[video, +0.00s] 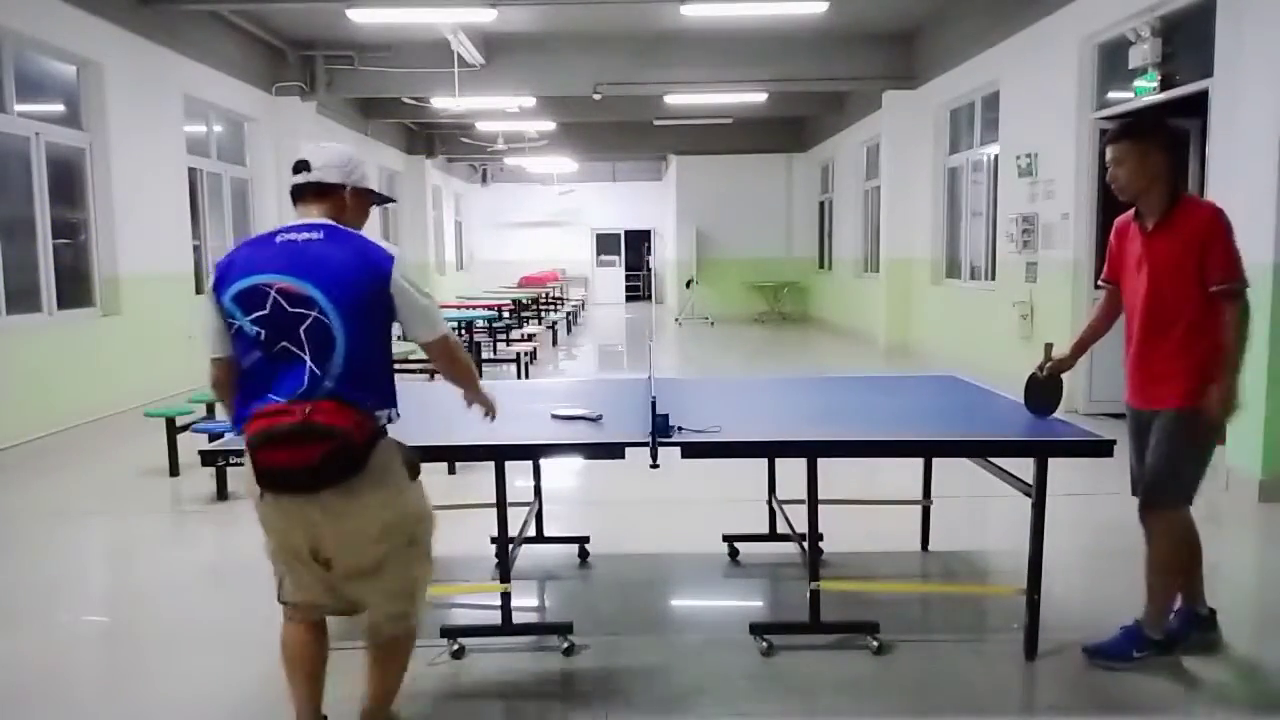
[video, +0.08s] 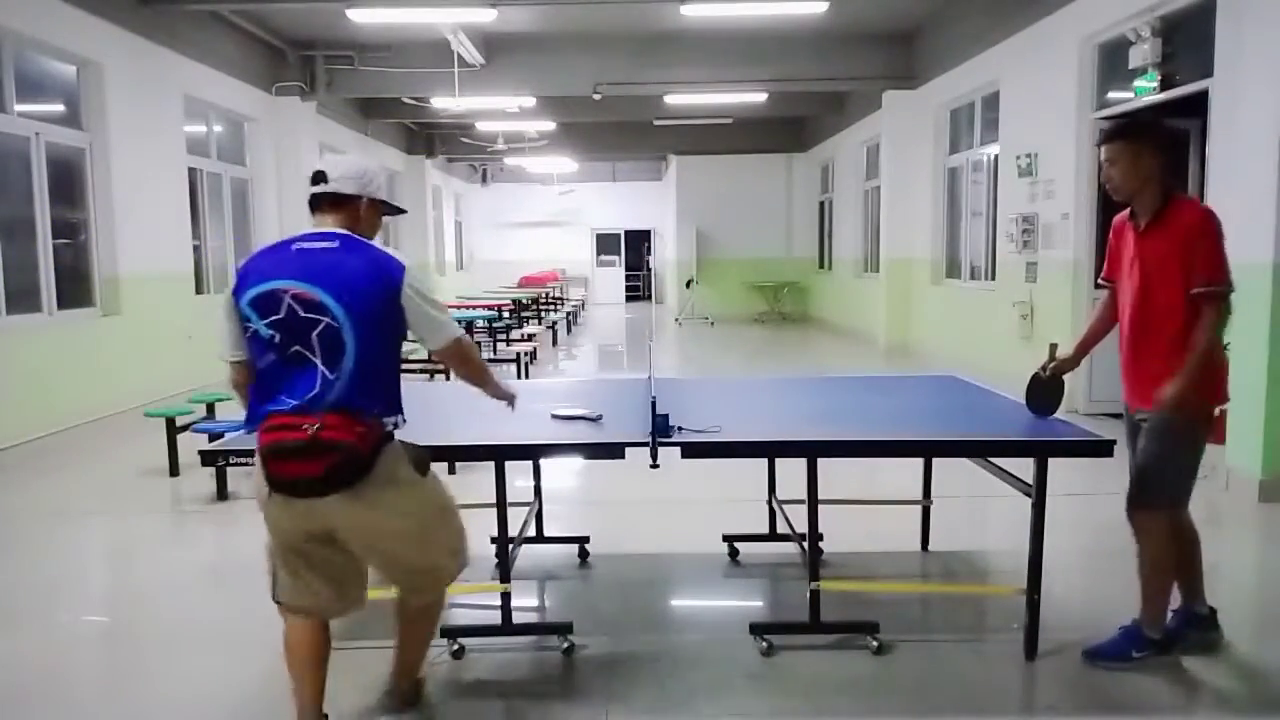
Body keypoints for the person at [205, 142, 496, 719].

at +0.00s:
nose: (371, 215)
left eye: (372, 203)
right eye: (369, 202)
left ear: (302, 197)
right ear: (347, 196)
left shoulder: (233, 263)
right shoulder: (368, 257)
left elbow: (222, 374)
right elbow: (439, 345)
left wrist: (256, 425)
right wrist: (472, 387)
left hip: (273, 453)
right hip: (356, 451)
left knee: (300, 604)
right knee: (396, 591)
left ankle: (307, 714)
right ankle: (377, 710)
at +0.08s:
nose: (382, 225)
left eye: (382, 214)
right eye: (381, 213)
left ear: (317, 207)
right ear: (363, 207)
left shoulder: (253, 268)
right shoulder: (382, 267)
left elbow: (242, 373)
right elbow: (455, 349)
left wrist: (276, 418)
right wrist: (492, 386)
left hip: (284, 459)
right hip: (361, 458)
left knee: (302, 596)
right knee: (427, 560)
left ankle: (308, 713)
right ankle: (404, 686)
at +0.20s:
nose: (412, 230)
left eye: (413, 219)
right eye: (411, 219)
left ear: (355, 208)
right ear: (395, 212)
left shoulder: (287, 261)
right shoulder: (412, 268)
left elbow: (263, 362)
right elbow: (480, 349)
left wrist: (292, 413)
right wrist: (514, 387)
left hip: (298, 446)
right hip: (379, 449)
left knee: (306, 595)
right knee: (424, 578)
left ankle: (308, 714)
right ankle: (453, 682)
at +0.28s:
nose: (431, 236)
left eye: (431, 226)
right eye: (431, 226)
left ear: (373, 216)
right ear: (417, 222)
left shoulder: (310, 264)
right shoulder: (433, 276)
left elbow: (272, 357)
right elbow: (497, 352)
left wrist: (282, 413)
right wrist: (533, 389)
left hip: (310, 447)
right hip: (392, 452)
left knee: (306, 590)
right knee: (432, 575)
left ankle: (305, 711)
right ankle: (454, 682)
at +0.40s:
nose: (456, 260)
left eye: (457, 252)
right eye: (456, 252)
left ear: (400, 236)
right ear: (444, 245)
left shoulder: (338, 272)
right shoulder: (459, 294)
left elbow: (286, 363)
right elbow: (520, 363)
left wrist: (285, 444)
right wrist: (557, 395)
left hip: (325, 454)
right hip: (410, 459)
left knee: (292, 574)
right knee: (449, 563)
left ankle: (284, 697)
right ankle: (453, 684)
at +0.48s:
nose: (470, 278)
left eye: (469, 271)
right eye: (470, 270)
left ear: (413, 251)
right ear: (458, 263)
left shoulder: (354, 278)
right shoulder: (474, 306)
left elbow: (300, 359)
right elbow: (533, 371)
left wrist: (279, 443)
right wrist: (571, 400)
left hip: (329, 457)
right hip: (414, 463)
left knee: (282, 577)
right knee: (446, 565)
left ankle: (253, 698)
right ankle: (453, 683)